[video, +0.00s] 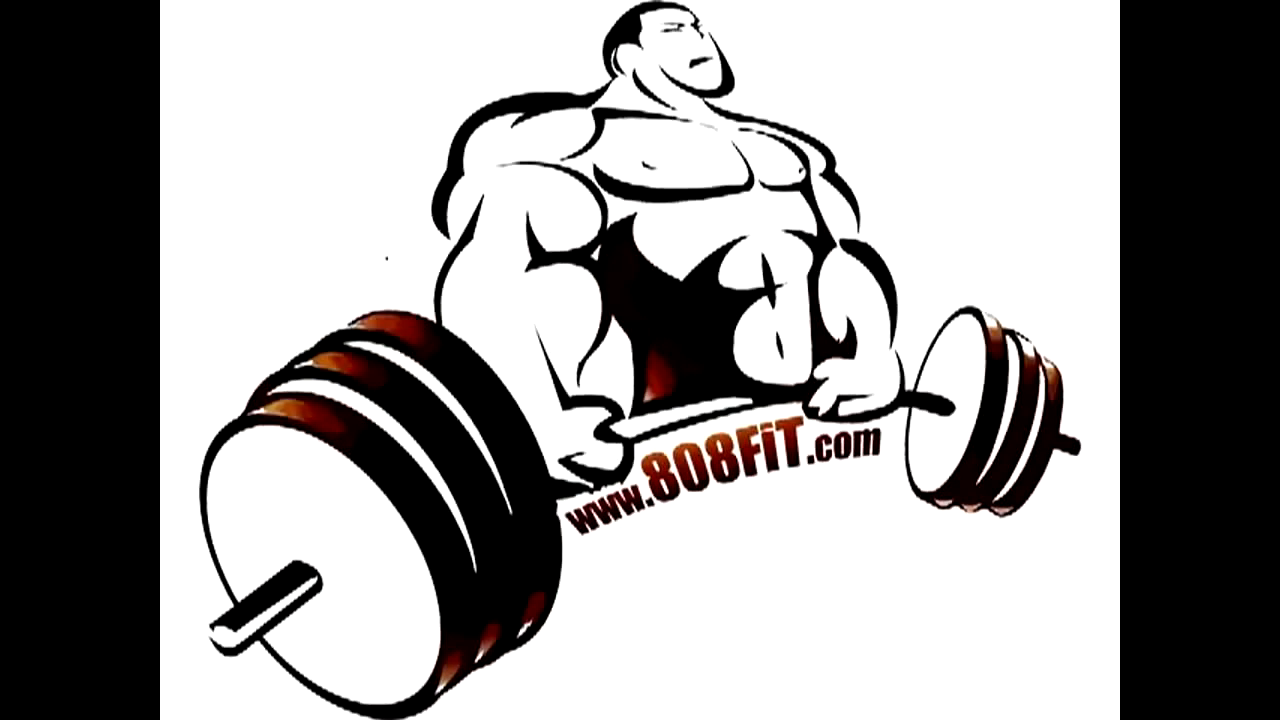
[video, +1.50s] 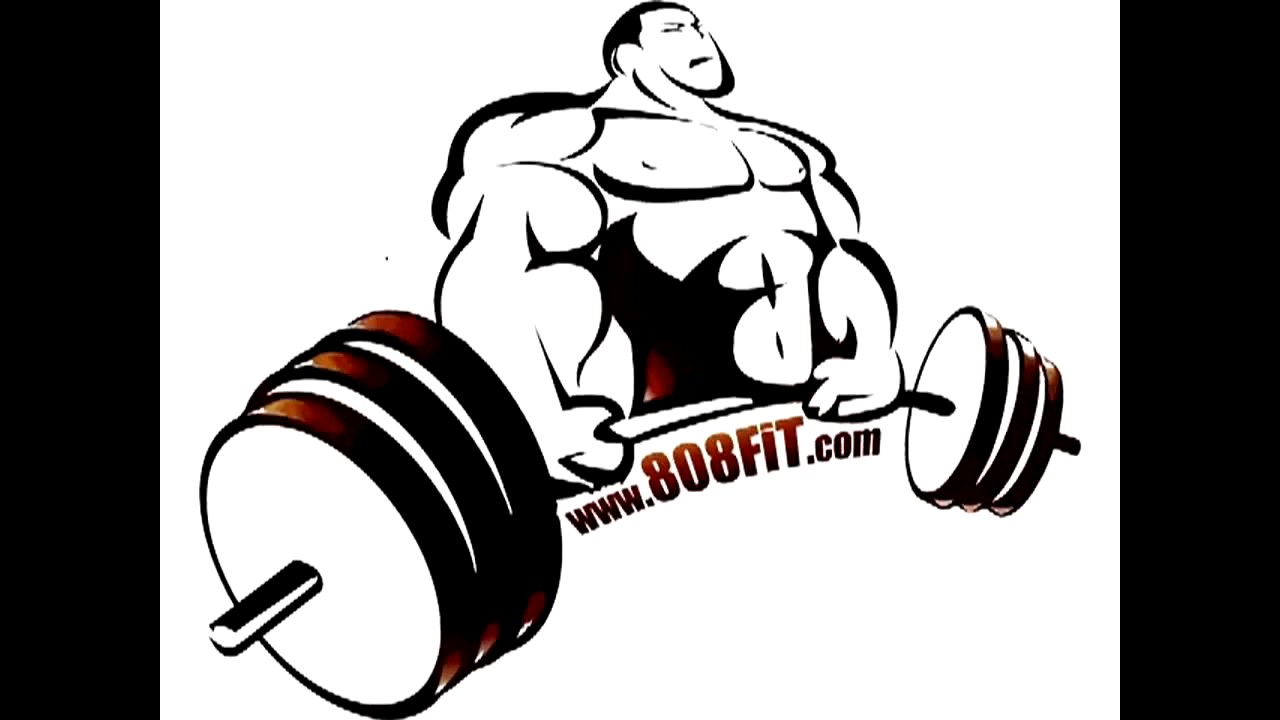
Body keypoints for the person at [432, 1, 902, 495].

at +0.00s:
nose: (702, 40)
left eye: (701, 28)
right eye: (675, 30)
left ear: (713, 45)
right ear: (628, 59)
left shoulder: (776, 145)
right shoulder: (593, 127)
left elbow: (850, 250)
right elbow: (487, 155)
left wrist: (878, 358)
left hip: (747, 331)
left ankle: (870, 369)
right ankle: (577, 429)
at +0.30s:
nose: (702, 40)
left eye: (701, 28)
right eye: (675, 30)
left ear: (713, 45)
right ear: (628, 59)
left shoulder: (776, 145)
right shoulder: (593, 127)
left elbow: (850, 250)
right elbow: (487, 155)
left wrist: (878, 358)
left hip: (747, 331)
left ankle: (870, 369)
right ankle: (577, 429)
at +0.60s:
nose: (702, 40)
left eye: (701, 28)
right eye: (675, 30)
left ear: (713, 45)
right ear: (628, 59)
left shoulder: (776, 145)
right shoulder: (593, 127)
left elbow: (850, 250)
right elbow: (487, 155)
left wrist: (878, 358)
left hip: (747, 331)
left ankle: (870, 369)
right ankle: (577, 429)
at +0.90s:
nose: (702, 40)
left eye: (701, 28)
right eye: (675, 30)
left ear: (713, 45)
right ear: (628, 59)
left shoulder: (775, 145)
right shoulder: (593, 127)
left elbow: (850, 250)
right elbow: (487, 155)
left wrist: (878, 358)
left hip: (747, 331)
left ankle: (870, 369)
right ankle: (577, 429)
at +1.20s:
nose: (702, 40)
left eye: (701, 28)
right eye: (675, 30)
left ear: (713, 45)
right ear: (628, 59)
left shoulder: (776, 145)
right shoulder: (593, 127)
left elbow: (850, 250)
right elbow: (487, 155)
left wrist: (878, 358)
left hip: (747, 331)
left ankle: (870, 369)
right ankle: (577, 429)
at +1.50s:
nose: (702, 40)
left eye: (701, 28)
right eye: (675, 30)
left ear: (713, 45)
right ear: (628, 59)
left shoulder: (776, 145)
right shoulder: (593, 127)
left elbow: (850, 250)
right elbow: (487, 155)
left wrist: (878, 358)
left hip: (747, 331)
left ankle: (870, 369)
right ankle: (577, 429)